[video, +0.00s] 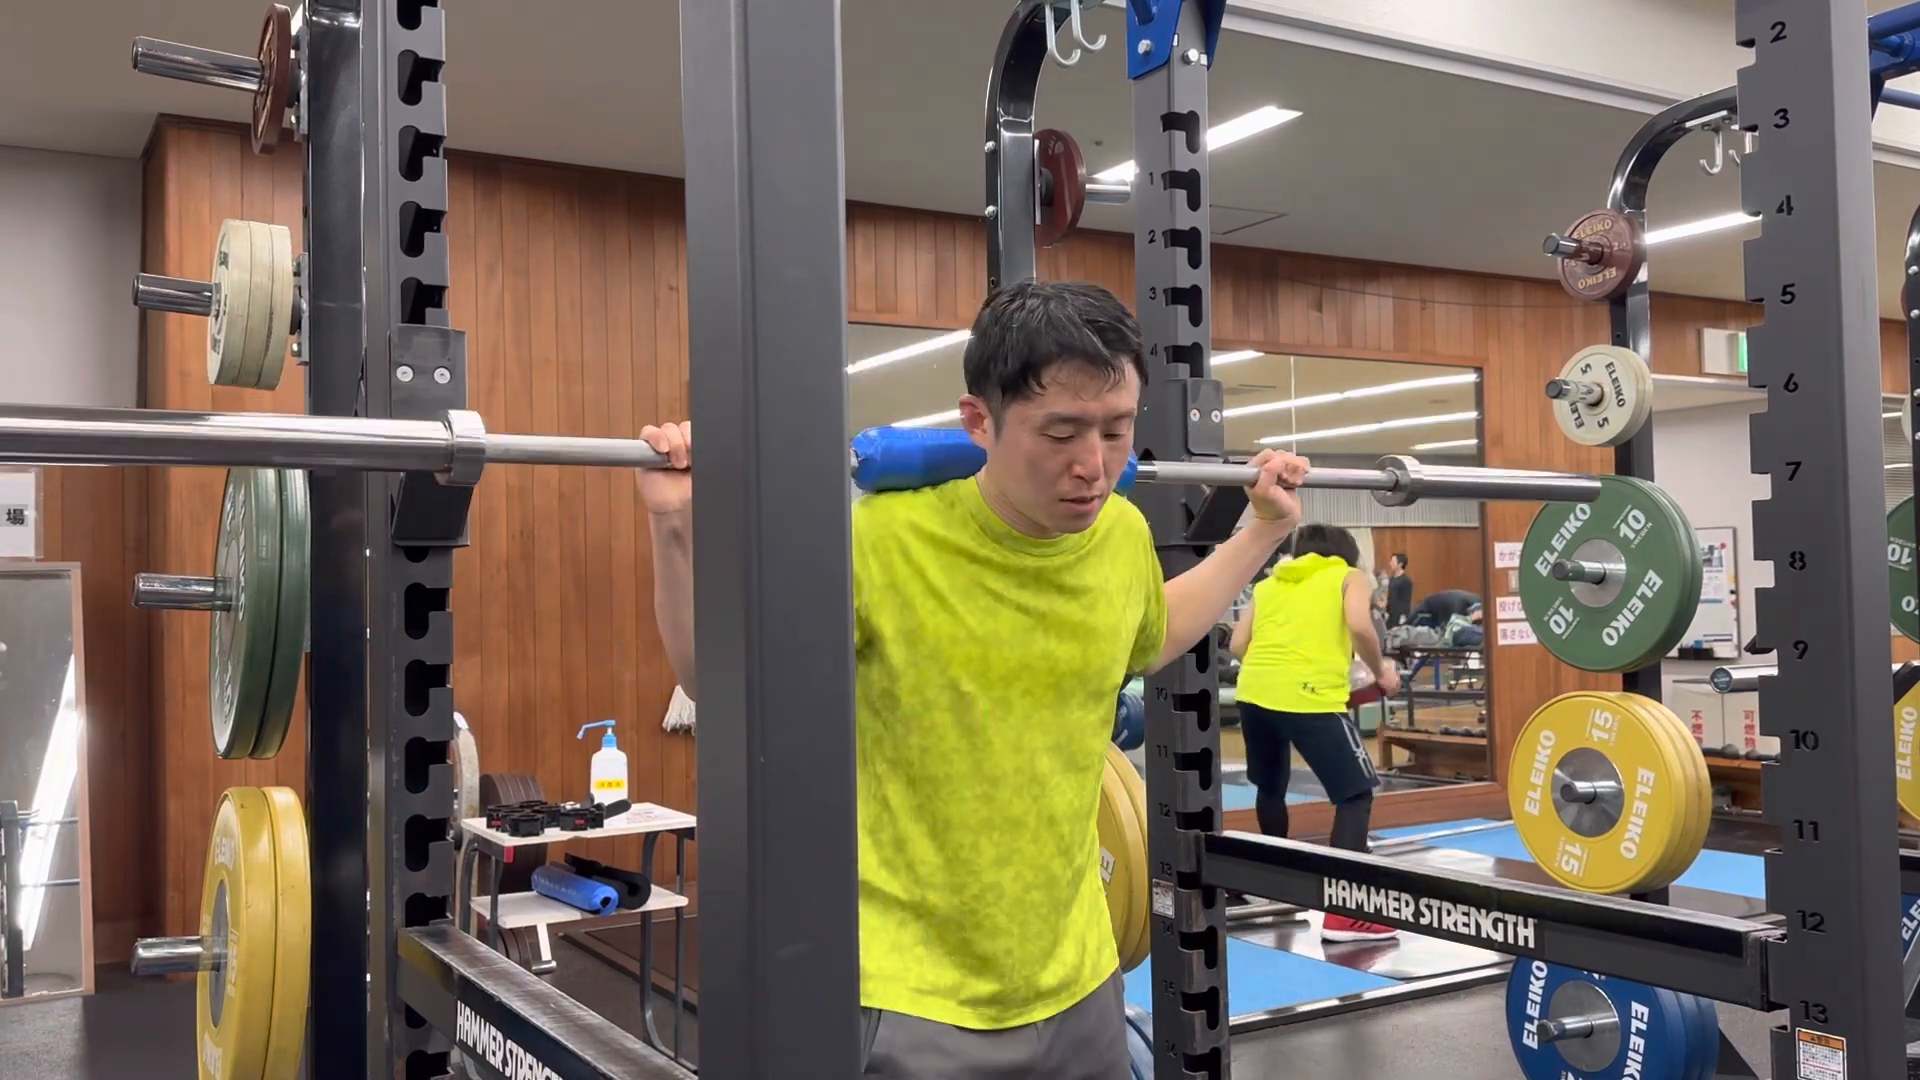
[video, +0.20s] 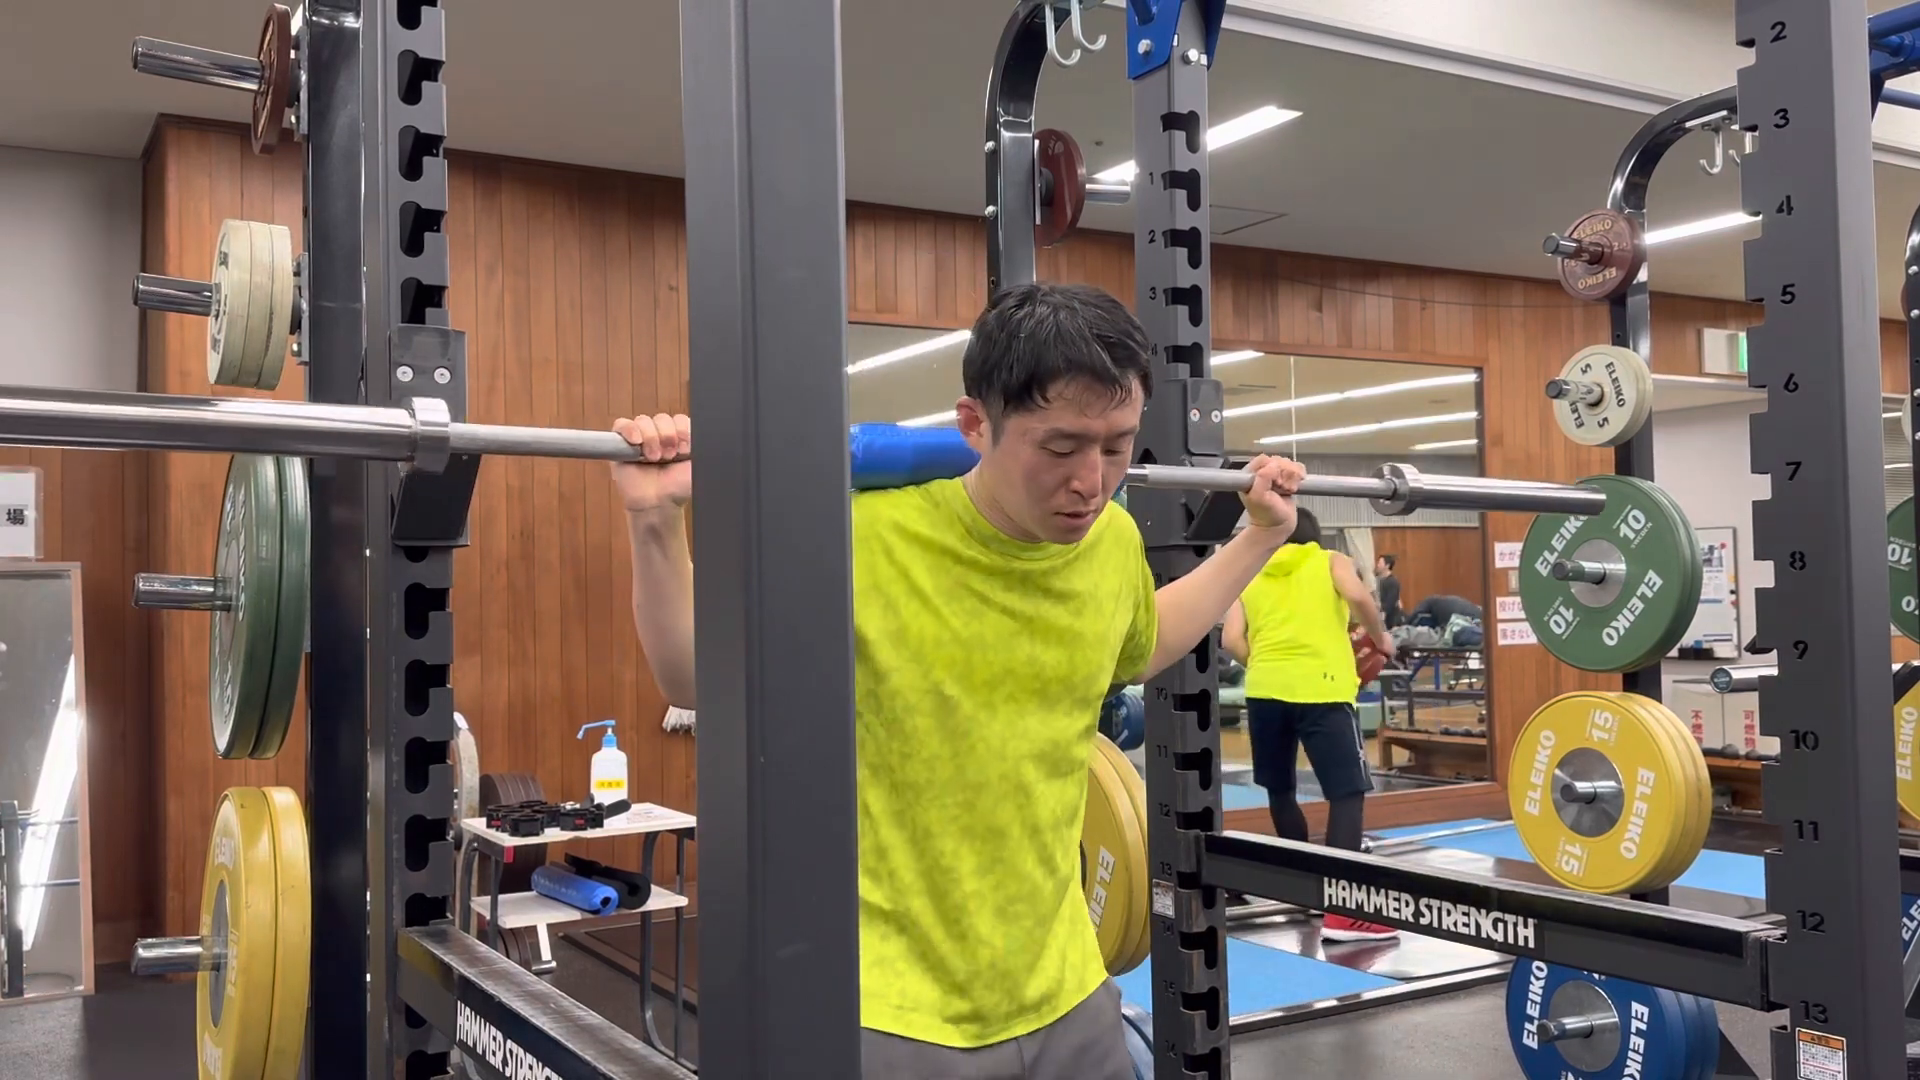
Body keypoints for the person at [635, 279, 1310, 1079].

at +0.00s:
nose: (1094, 463)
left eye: (1114, 429)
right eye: (1060, 431)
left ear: (1134, 418)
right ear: (979, 420)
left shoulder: (1122, 535)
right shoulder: (878, 542)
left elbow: (1144, 640)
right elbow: (712, 675)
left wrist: (1260, 535)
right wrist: (675, 528)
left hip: (1078, 987)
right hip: (914, 1005)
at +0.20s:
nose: (1093, 480)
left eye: (1117, 445)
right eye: (1062, 444)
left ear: (1136, 426)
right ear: (976, 421)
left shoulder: (1112, 539)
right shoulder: (861, 538)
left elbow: (1134, 650)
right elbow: (692, 686)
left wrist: (1257, 539)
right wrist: (656, 524)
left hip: (1064, 994)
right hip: (892, 1016)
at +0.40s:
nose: (1100, 483)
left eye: (1125, 449)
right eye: (1070, 446)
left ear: (1145, 430)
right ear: (982, 420)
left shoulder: (1120, 544)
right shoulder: (862, 539)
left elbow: (1150, 649)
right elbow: (691, 685)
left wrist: (1269, 539)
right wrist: (653, 516)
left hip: (1080, 1001)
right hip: (899, 1021)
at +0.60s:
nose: (1136, 434)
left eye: (1153, 399)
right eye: (1096, 400)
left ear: (1171, 405)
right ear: (1008, 412)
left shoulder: (1154, 538)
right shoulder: (905, 545)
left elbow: (1185, 655)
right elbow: (724, 663)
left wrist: (1302, 541)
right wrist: (686, 527)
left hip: (1118, 988)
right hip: (945, 1009)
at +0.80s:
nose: (1136, 423)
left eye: (1153, 388)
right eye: (1096, 388)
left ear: (1170, 397)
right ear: (1007, 406)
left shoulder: (1159, 536)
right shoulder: (906, 543)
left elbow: (1195, 651)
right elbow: (727, 665)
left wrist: (1308, 538)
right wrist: (685, 525)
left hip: (1118, 996)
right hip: (941, 1014)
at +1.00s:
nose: (1129, 431)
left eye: (1143, 397)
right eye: (1088, 397)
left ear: (1161, 409)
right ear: (997, 420)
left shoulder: (1150, 551)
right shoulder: (892, 561)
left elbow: (1184, 662)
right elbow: (715, 700)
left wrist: (1299, 548)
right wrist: (675, 550)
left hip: (1111, 1016)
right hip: (924, 1033)